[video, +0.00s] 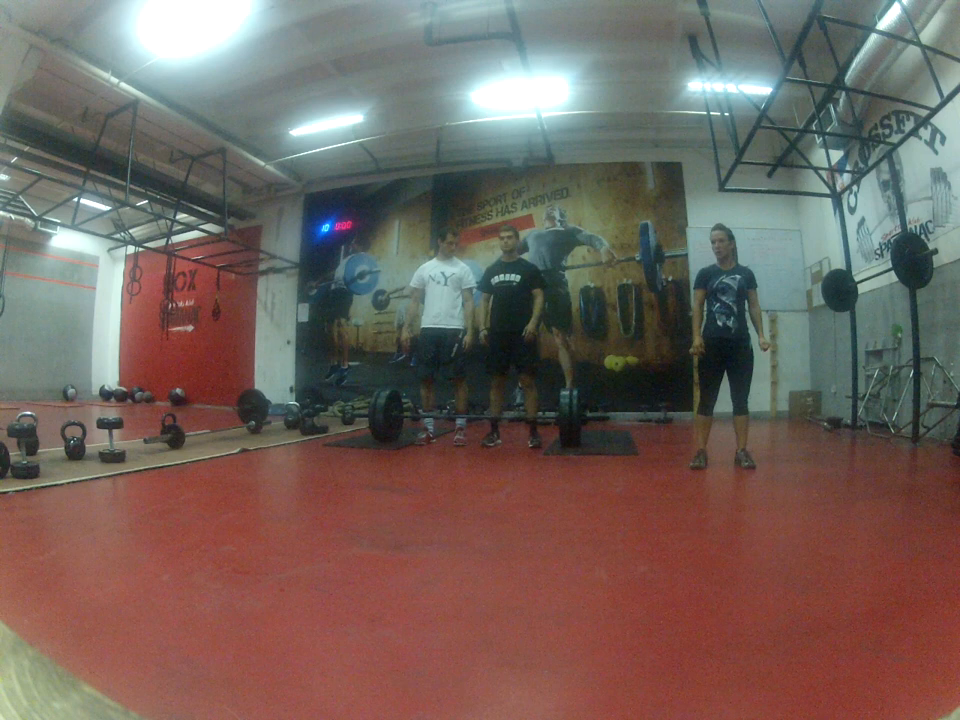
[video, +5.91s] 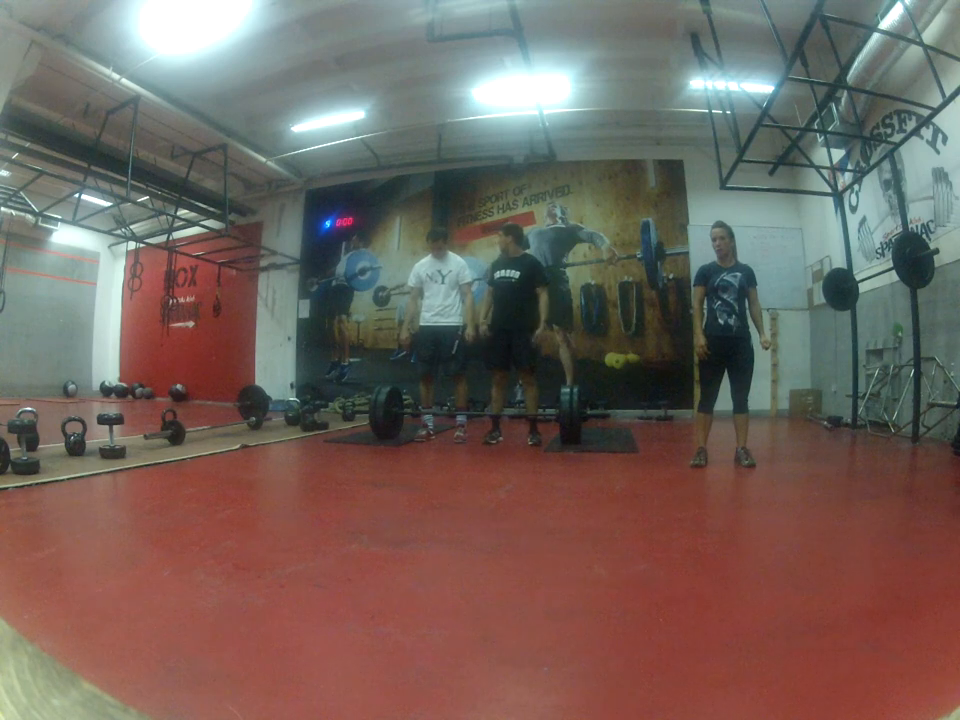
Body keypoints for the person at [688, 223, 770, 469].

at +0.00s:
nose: (717, 246)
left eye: (721, 241)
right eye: (714, 242)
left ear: (732, 243)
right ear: (710, 246)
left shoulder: (746, 273)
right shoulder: (705, 274)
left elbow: (754, 306)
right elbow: (697, 306)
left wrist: (760, 334)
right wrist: (697, 336)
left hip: (739, 344)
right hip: (711, 344)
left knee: (740, 401)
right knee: (706, 400)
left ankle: (742, 451)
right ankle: (701, 451)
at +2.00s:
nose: (718, 244)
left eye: (722, 239)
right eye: (715, 240)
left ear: (733, 242)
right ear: (712, 244)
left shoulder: (746, 272)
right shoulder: (706, 272)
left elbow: (754, 305)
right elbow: (698, 305)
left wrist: (762, 333)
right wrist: (698, 335)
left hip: (740, 343)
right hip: (712, 343)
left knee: (740, 400)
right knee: (707, 399)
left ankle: (742, 449)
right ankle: (700, 450)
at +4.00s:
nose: (717, 244)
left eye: (721, 239)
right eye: (714, 240)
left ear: (732, 241)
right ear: (710, 244)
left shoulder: (746, 271)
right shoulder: (705, 272)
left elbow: (754, 304)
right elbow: (697, 306)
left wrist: (762, 333)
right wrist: (698, 335)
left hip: (740, 343)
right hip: (712, 342)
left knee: (741, 399)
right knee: (707, 399)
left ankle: (742, 449)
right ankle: (701, 450)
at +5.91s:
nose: (718, 243)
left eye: (722, 239)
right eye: (714, 240)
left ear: (732, 241)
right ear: (711, 244)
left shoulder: (746, 271)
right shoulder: (705, 271)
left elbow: (754, 305)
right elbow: (697, 306)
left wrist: (762, 333)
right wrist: (698, 335)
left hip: (740, 343)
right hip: (712, 342)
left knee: (740, 399)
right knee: (707, 399)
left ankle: (742, 449)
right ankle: (701, 449)